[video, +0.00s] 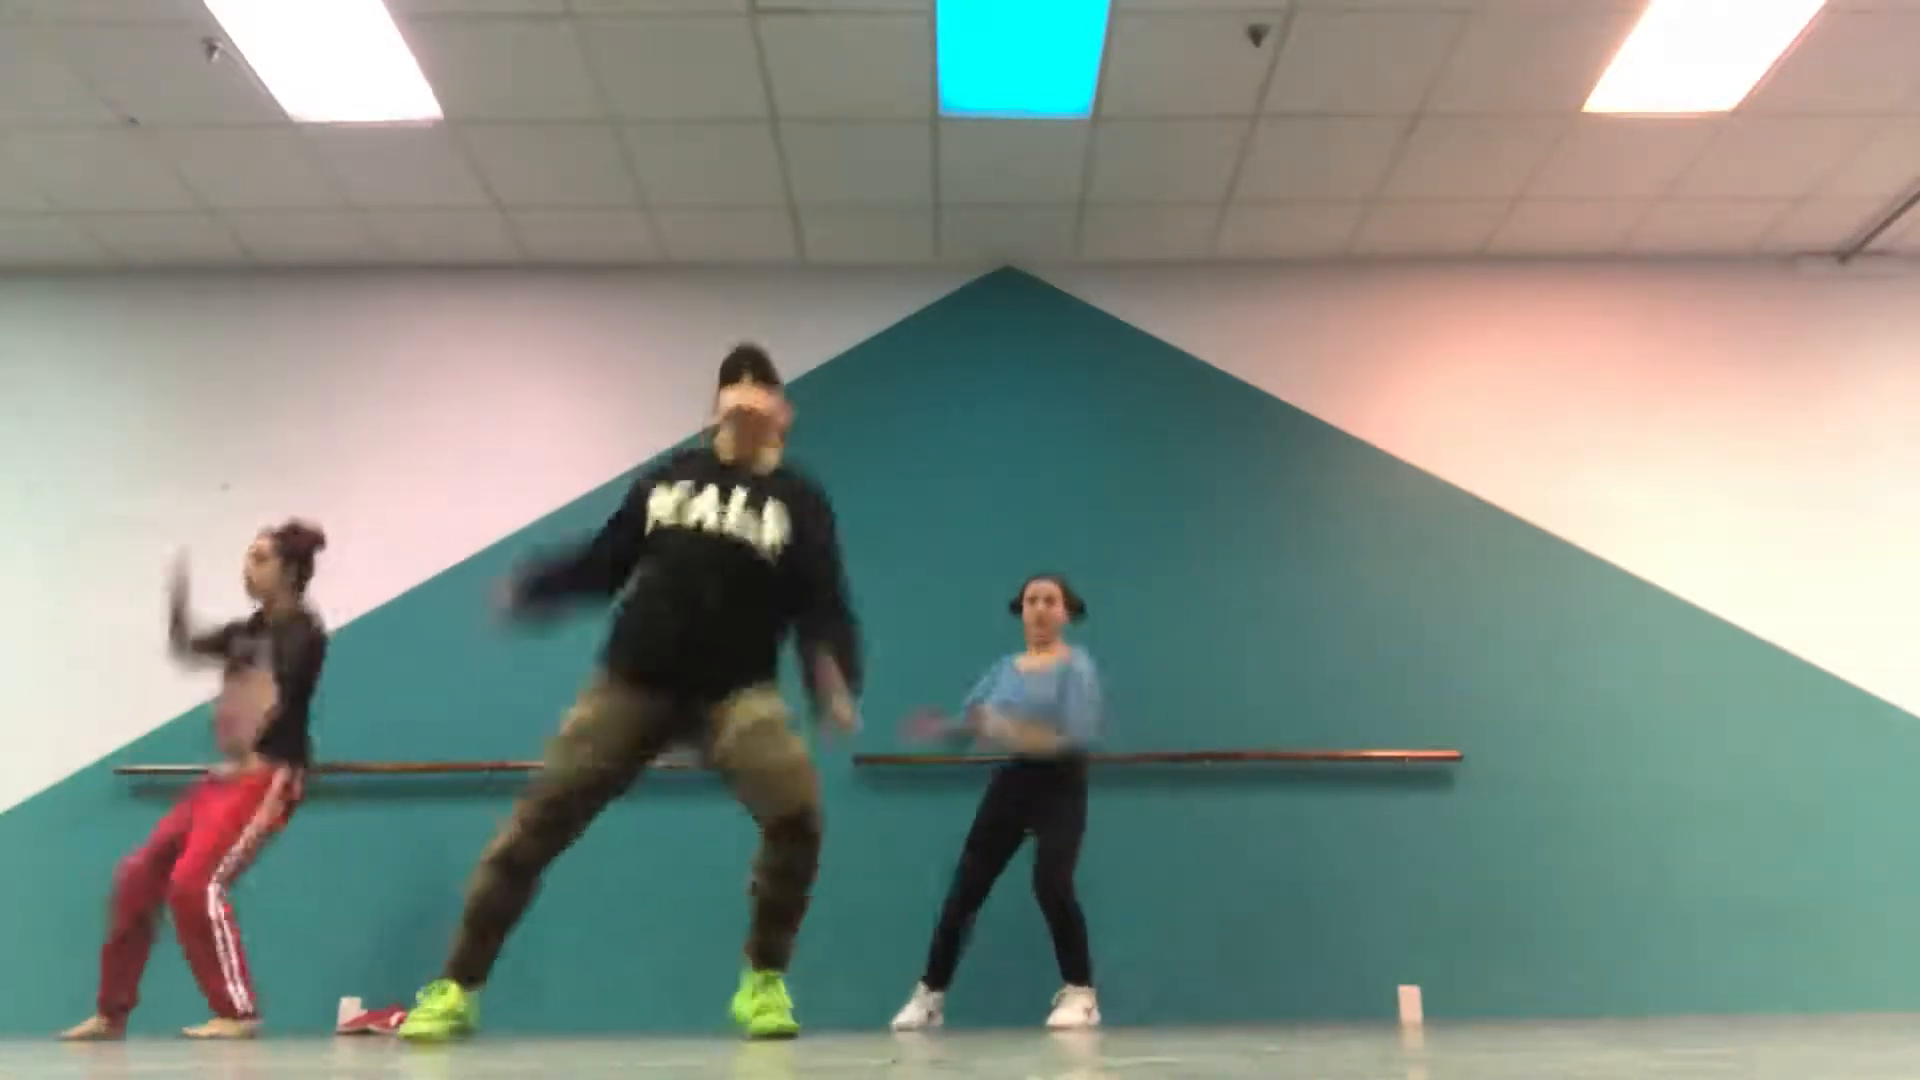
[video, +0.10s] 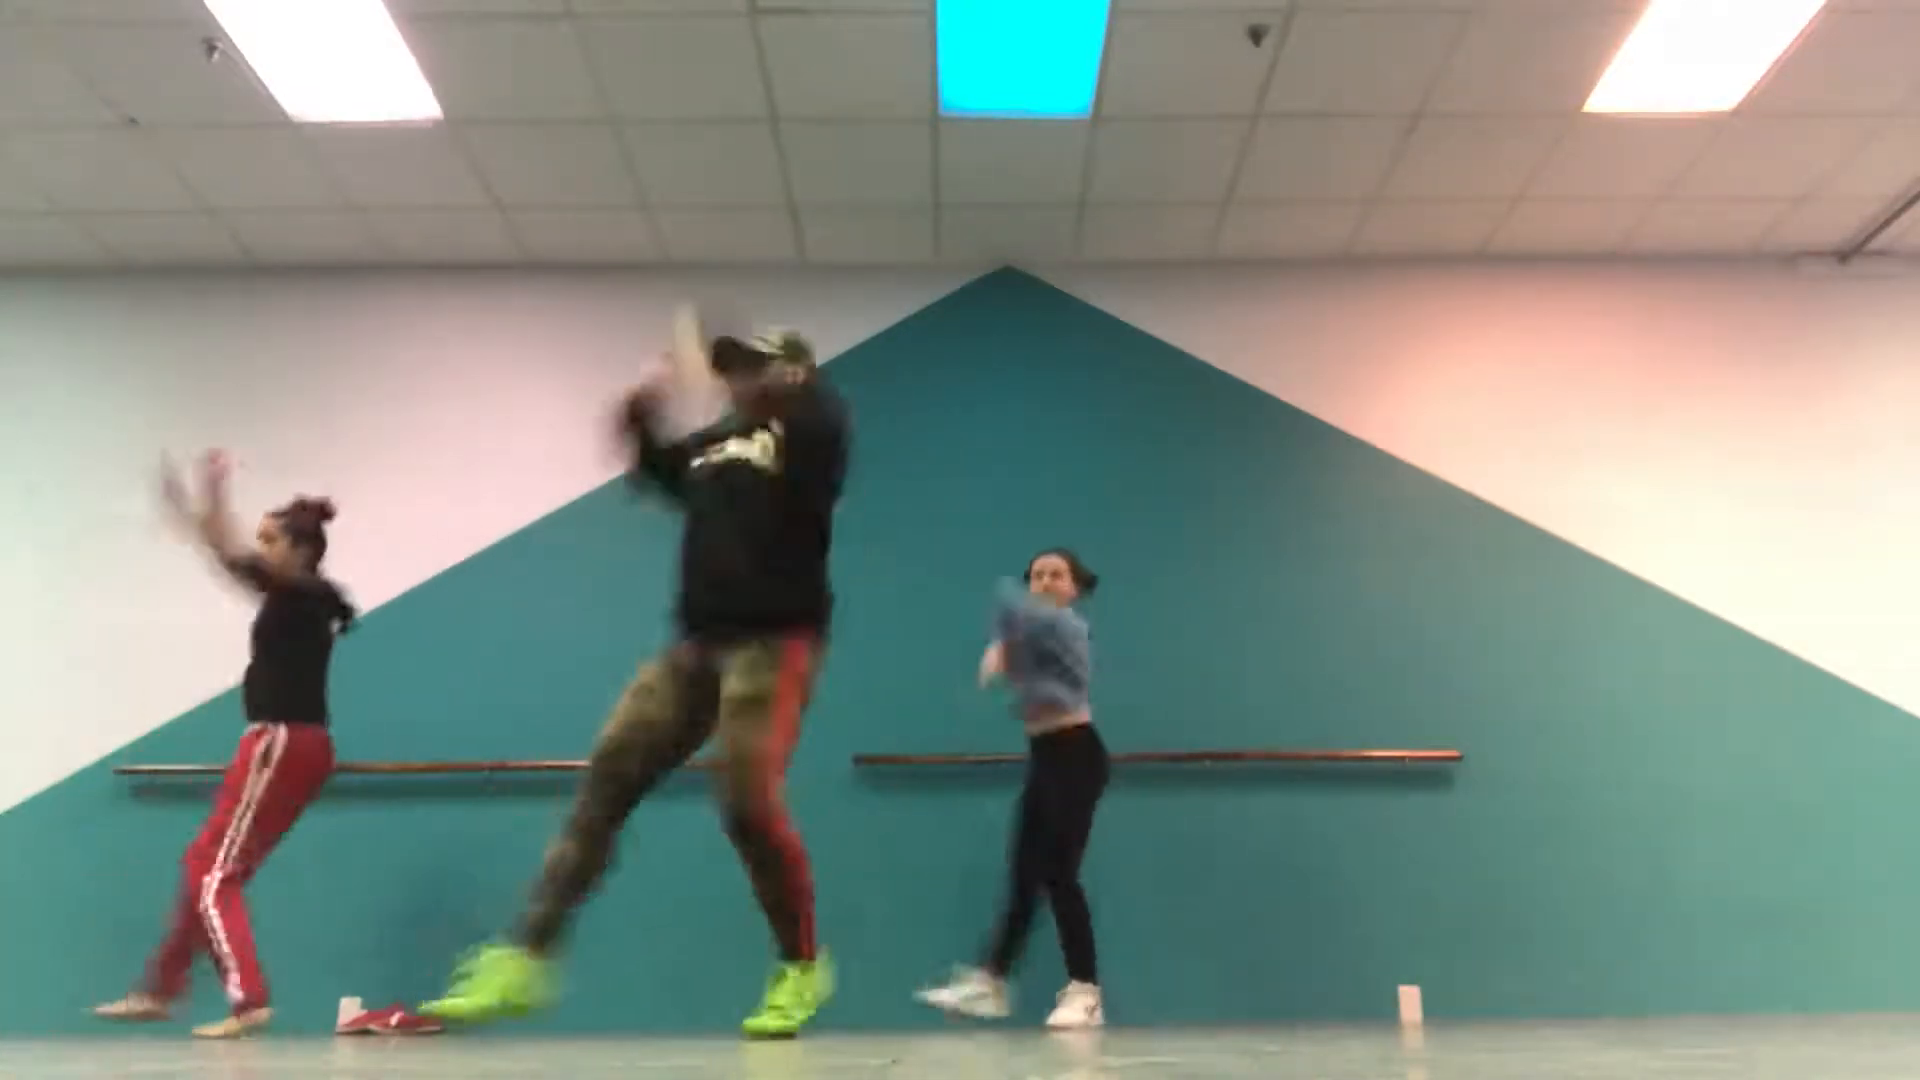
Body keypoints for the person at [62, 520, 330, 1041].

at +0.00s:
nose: (247, 568)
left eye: (259, 559)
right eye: (249, 558)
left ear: (289, 569)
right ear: (266, 569)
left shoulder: (302, 630)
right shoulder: (246, 630)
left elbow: (293, 696)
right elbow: (185, 647)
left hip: (271, 779)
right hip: (227, 776)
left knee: (196, 881)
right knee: (139, 873)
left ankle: (237, 1015)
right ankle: (111, 1016)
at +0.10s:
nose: (259, 547)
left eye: (269, 539)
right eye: (261, 539)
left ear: (297, 546)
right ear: (291, 546)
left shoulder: (305, 594)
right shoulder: (288, 594)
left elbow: (232, 551)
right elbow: (227, 557)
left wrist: (215, 491)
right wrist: (182, 509)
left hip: (285, 740)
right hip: (281, 739)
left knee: (220, 869)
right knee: (203, 861)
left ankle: (248, 1003)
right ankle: (160, 991)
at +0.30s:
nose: (286, 543)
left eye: (291, 536)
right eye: (292, 535)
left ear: (301, 540)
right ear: (341, 544)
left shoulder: (283, 579)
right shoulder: (361, 595)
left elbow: (241, 539)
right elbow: (407, 618)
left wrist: (248, 508)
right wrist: (420, 597)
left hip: (283, 740)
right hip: (348, 746)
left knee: (244, 880)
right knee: (339, 859)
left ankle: (247, 1011)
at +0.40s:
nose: (349, 540)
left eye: (336, 529)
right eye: (362, 532)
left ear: (321, 532)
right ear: (369, 536)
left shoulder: (288, 583)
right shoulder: (380, 595)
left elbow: (271, 609)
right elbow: (426, 661)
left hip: (291, 739)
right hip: (364, 740)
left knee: (263, 875)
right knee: (399, 856)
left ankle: (242, 1006)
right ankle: (422, 957)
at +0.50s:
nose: (393, 566)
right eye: (393, 559)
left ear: (345, 557)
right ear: (392, 563)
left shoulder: (318, 612)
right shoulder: (390, 622)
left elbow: (318, 686)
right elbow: (415, 712)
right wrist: (440, 776)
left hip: (314, 756)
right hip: (381, 757)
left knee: (280, 887)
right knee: (429, 885)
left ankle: (221, 1002)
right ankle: (446, 1001)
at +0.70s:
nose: (381, 581)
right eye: (388, 574)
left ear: (344, 577)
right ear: (393, 579)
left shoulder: (319, 638)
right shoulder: (398, 635)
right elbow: (467, 682)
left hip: (327, 786)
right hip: (400, 784)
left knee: (285, 907)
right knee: (453, 899)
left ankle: (221, 1007)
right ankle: (446, 1008)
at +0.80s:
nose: (353, 557)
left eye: (343, 549)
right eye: (363, 549)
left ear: (329, 551)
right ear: (378, 552)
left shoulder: (303, 597)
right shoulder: (392, 602)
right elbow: (462, 603)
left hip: (322, 756)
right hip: (390, 754)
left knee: (255, 880)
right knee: (418, 878)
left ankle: (254, 1006)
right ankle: (457, 988)